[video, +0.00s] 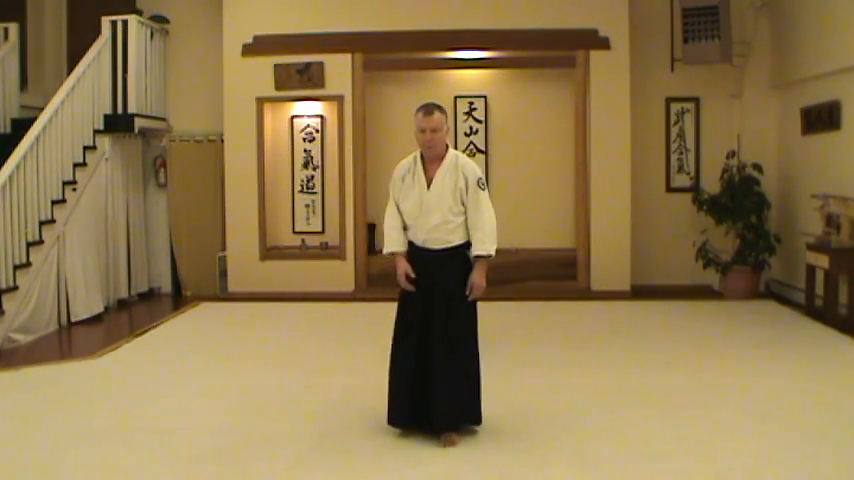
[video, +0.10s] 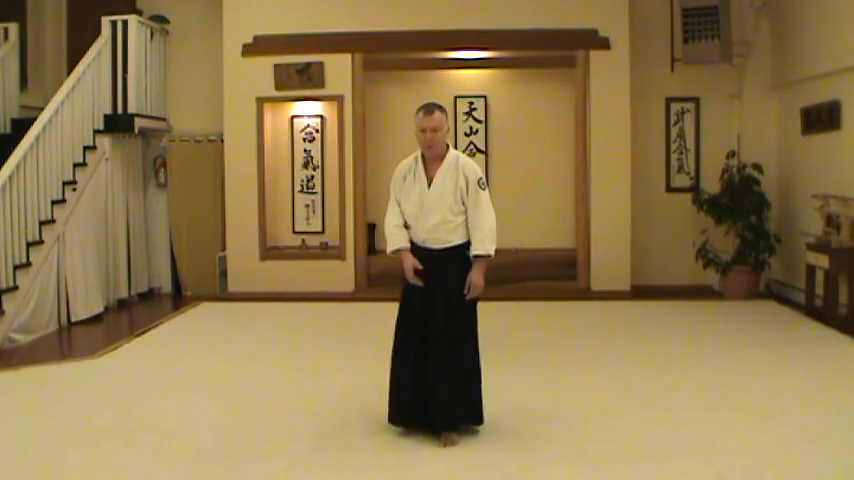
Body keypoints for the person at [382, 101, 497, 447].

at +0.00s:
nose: (429, 137)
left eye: (435, 131)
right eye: (423, 131)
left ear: (447, 130)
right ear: (415, 133)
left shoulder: (466, 168)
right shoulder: (404, 169)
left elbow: (482, 217)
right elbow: (393, 215)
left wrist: (480, 266)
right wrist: (399, 257)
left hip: (454, 262)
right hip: (417, 262)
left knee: (452, 340)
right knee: (413, 338)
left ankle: (450, 422)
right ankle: (413, 417)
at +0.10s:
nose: (429, 137)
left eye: (435, 130)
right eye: (423, 131)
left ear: (447, 131)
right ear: (415, 133)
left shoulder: (466, 168)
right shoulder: (405, 170)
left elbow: (483, 216)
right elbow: (394, 215)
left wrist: (480, 265)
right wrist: (404, 252)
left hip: (455, 261)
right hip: (419, 260)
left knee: (452, 339)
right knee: (416, 338)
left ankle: (451, 422)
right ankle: (416, 416)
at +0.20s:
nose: (429, 136)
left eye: (435, 129)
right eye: (423, 130)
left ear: (448, 130)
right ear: (416, 132)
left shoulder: (466, 168)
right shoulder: (405, 169)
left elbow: (482, 216)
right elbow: (393, 214)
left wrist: (479, 265)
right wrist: (407, 246)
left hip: (455, 261)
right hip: (419, 260)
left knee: (452, 338)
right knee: (418, 337)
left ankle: (451, 421)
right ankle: (418, 415)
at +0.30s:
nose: (427, 135)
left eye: (433, 129)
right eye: (422, 130)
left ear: (446, 130)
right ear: (414, 132)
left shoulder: (464, 168)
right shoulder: (404, 169)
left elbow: (480, 216)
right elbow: (391, 213)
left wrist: (479, 264)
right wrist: (408, 238)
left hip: (454, 260)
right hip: (418, 260)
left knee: (451, 338)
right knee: (418, 336)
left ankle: (450, 421)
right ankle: (421, 414)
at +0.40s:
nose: (425, 135)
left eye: (431, 129)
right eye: (419, 130)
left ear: (443, 130)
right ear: (412, 132)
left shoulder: (461, 169)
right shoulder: (401, 171)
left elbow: (478, 215)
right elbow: (388, 215)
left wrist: (478, 264)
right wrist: (406, 238)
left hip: (451, 260)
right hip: (416, 261)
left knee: (449, 337)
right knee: (419, 336)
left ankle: (449, 421)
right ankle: (424, 414)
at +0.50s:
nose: (421, 136)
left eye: (428, 129)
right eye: (416, 130)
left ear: (441, 131)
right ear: (409, 134)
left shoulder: (459, 170)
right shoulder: (400, 171)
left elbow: (475, 216)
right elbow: (387, 214)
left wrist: (476, 264)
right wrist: (403, 238)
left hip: (449, 261)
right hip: (414, 261)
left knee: (448, 338)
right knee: (417, 337)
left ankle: (449, 421)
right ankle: (422, 414)